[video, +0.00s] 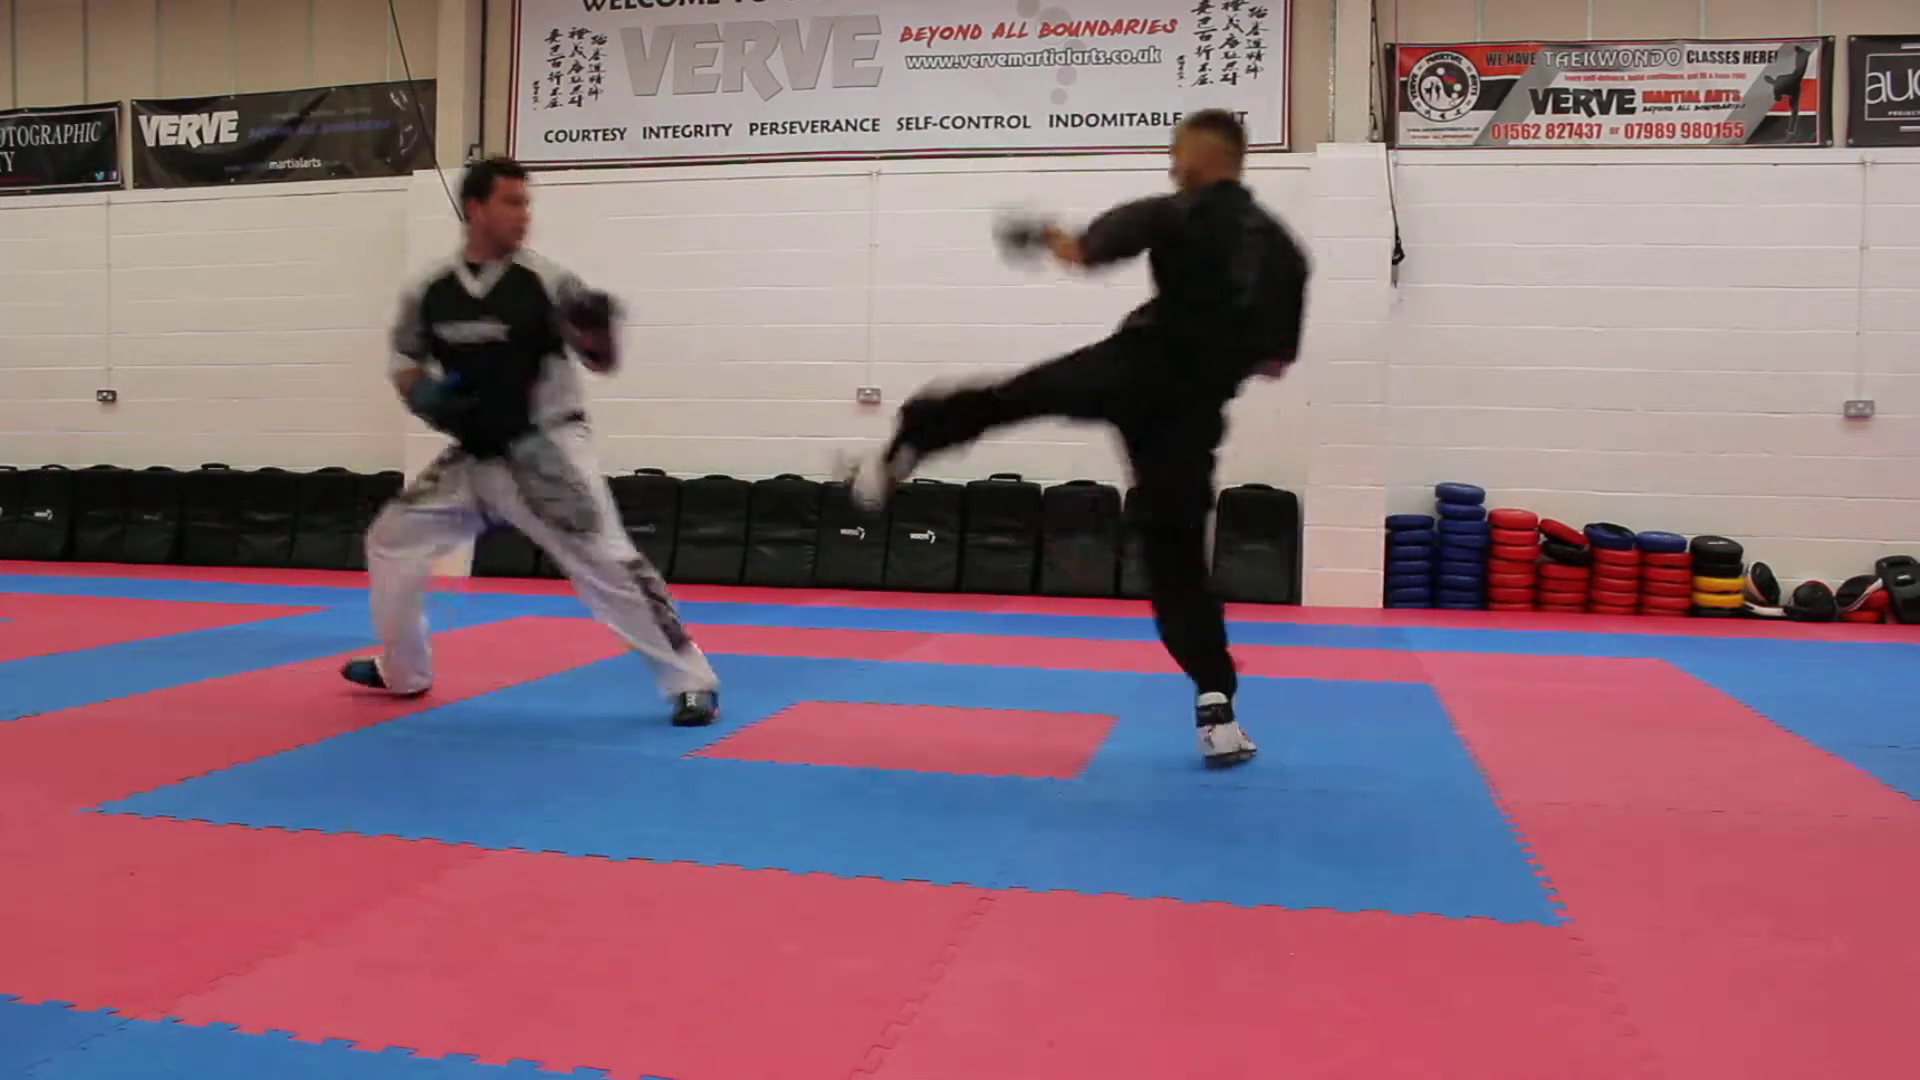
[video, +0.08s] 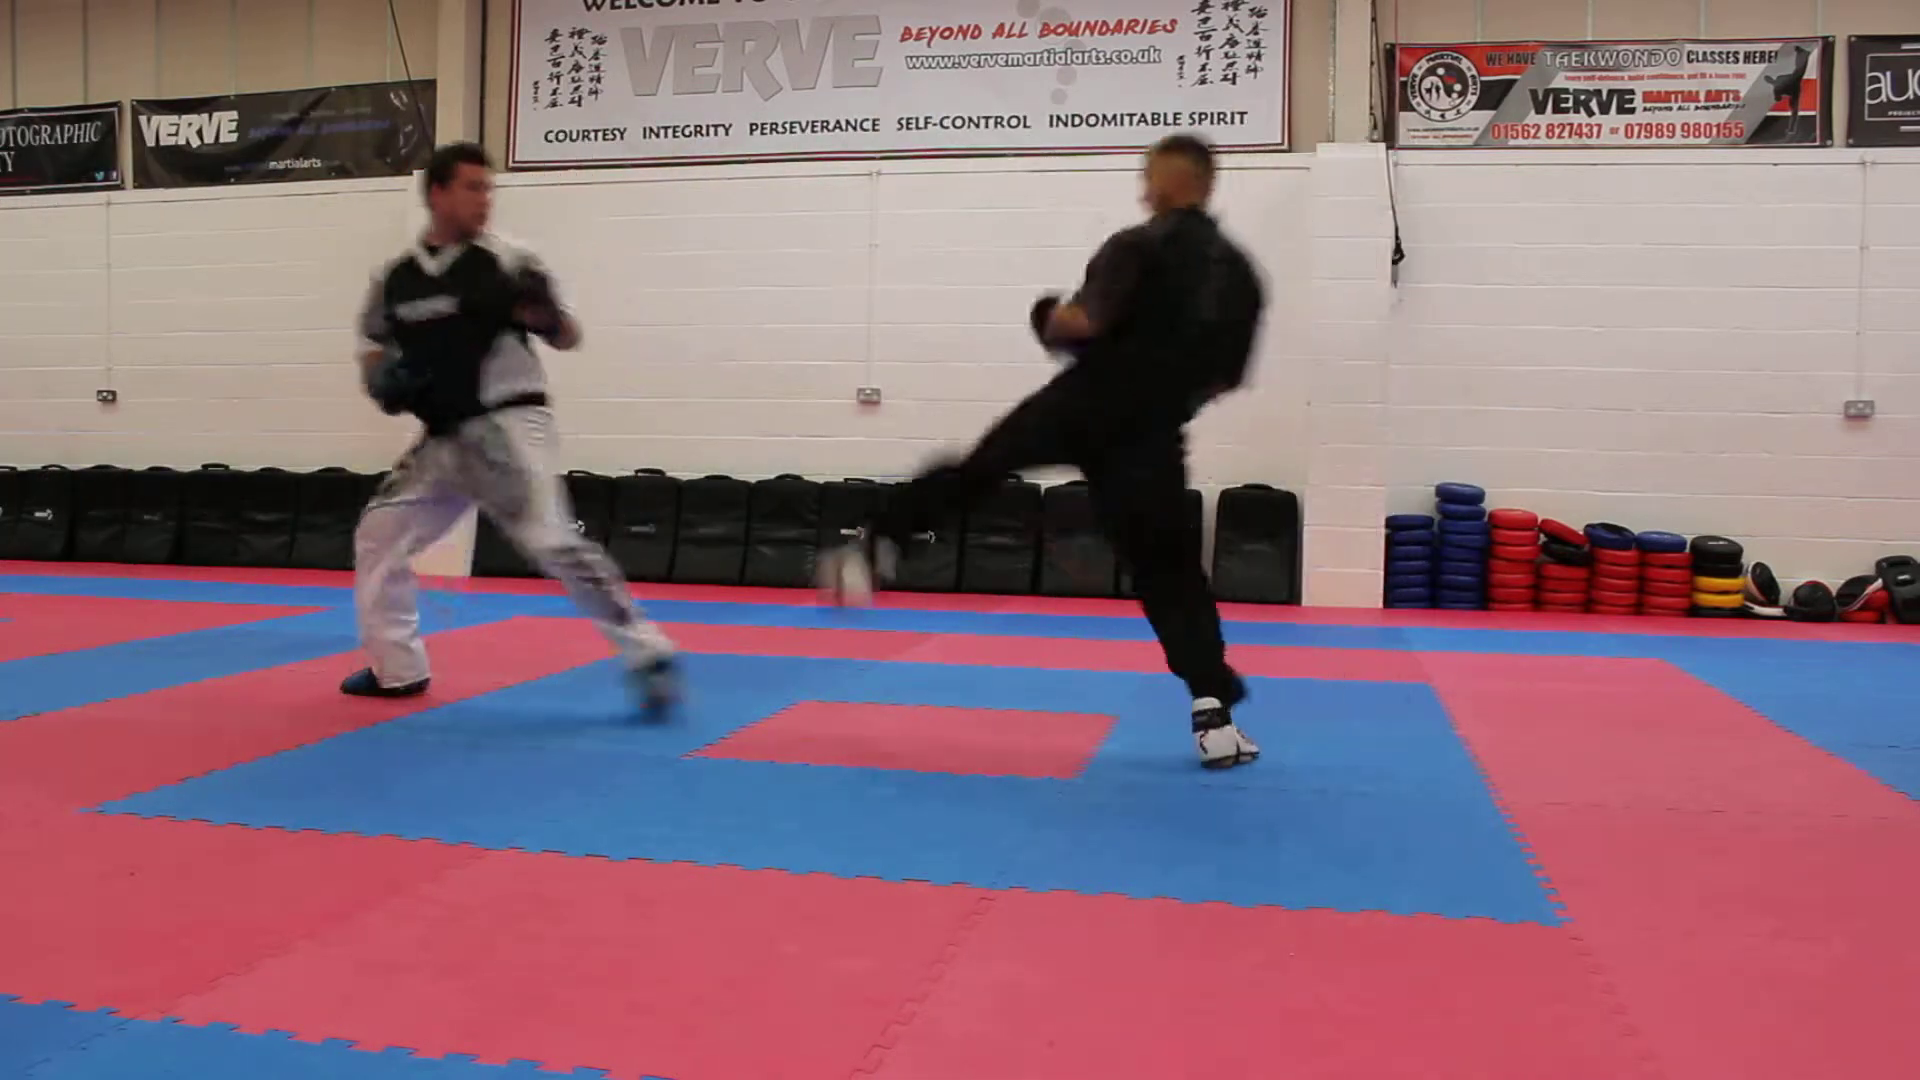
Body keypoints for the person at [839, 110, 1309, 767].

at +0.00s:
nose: (1176, 163)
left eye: (1184, 151)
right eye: (1179, 150)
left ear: (1204, 155)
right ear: (1238, 158)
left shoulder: (1175, 214)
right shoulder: (1284, 250)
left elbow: (1100, 247)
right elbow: (1277, 356)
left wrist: (1065, 242)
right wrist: (1212, 336)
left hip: (1124, 371)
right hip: (1189, 415)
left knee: (1014, 400)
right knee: (1176, 554)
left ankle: (907, 443)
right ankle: (1214, 702)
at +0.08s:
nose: (1151, 182)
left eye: (1156, 171)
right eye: (1155, 170)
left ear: (1164, 179)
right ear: (1208, 181)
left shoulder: (1136, 247)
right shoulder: (1239, 274)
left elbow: (1089, 321)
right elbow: (1226, 374)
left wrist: (1046, 314)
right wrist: (1168, 386)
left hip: (1077, 410)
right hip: (1149, 440)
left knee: (979, 470)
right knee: (1171, 566)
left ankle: (875, 539)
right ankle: (1212, 714)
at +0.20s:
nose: (1061, 194)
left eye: (1068, 184)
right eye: (1065, 183)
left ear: (1080, 191)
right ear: (1107, 195)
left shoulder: (1049, 258)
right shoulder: (1142, 275)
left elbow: (971, 302)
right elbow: (1134, 373)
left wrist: (972, 287)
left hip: (1021, 451)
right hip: (1094, 459)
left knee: (955, 556)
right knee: (1149, 580)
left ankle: (893, 683)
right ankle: (1210, 716)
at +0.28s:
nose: (954, 188)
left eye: (960, 178)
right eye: (959, 177)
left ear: (972, 184)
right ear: (1001, 186)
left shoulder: (941, 252)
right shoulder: (1048, 258)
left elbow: (844, 266)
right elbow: (1088, 351)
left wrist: (852, 223)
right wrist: (1026, 311)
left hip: (977, 450)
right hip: (1051, 451)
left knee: (923, 571)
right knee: (1111, 569)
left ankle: (895, 707)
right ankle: (1198, 695)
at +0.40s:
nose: (810, 192)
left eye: (815, 182)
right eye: (813, 182)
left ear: (829, 187)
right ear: (860, 188)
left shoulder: (818, 240)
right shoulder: (915, 240)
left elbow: (732, 211)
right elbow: (996, 295)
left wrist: (662, 179)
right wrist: (937, 322)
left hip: (901, 432)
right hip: (960, 424)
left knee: (877, 571)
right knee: (1009, 540)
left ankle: (889, 701)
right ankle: (1077, 651)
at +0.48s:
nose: (741, 194)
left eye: (744, 184)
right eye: (745, 185)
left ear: (752, 185)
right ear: (789, 183)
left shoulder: (751, 234)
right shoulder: (848, 232)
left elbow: (660, 217)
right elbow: (924, 293)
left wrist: (602, 178)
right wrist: (857, 292)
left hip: (840, 409)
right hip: (891, 398)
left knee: (847, 562)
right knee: (887, 539)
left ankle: (883, 703)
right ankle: (947, 627)